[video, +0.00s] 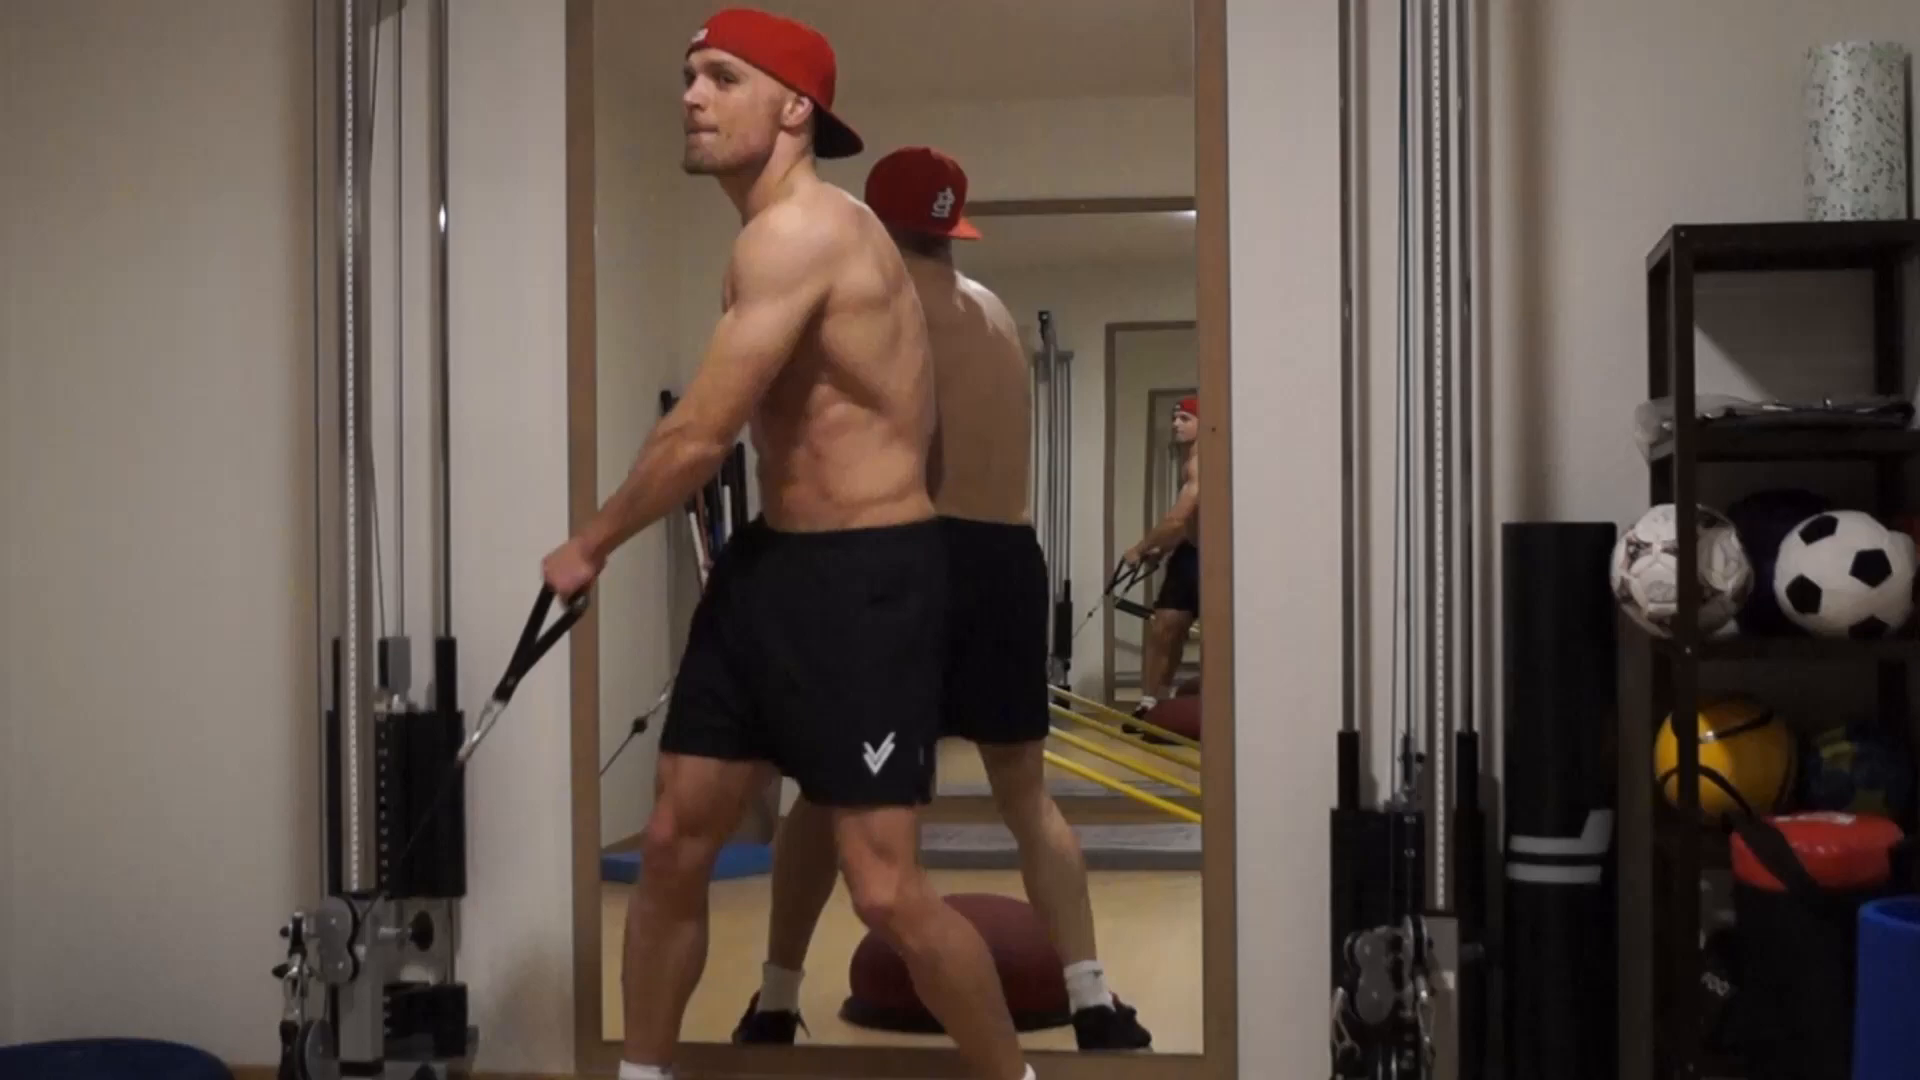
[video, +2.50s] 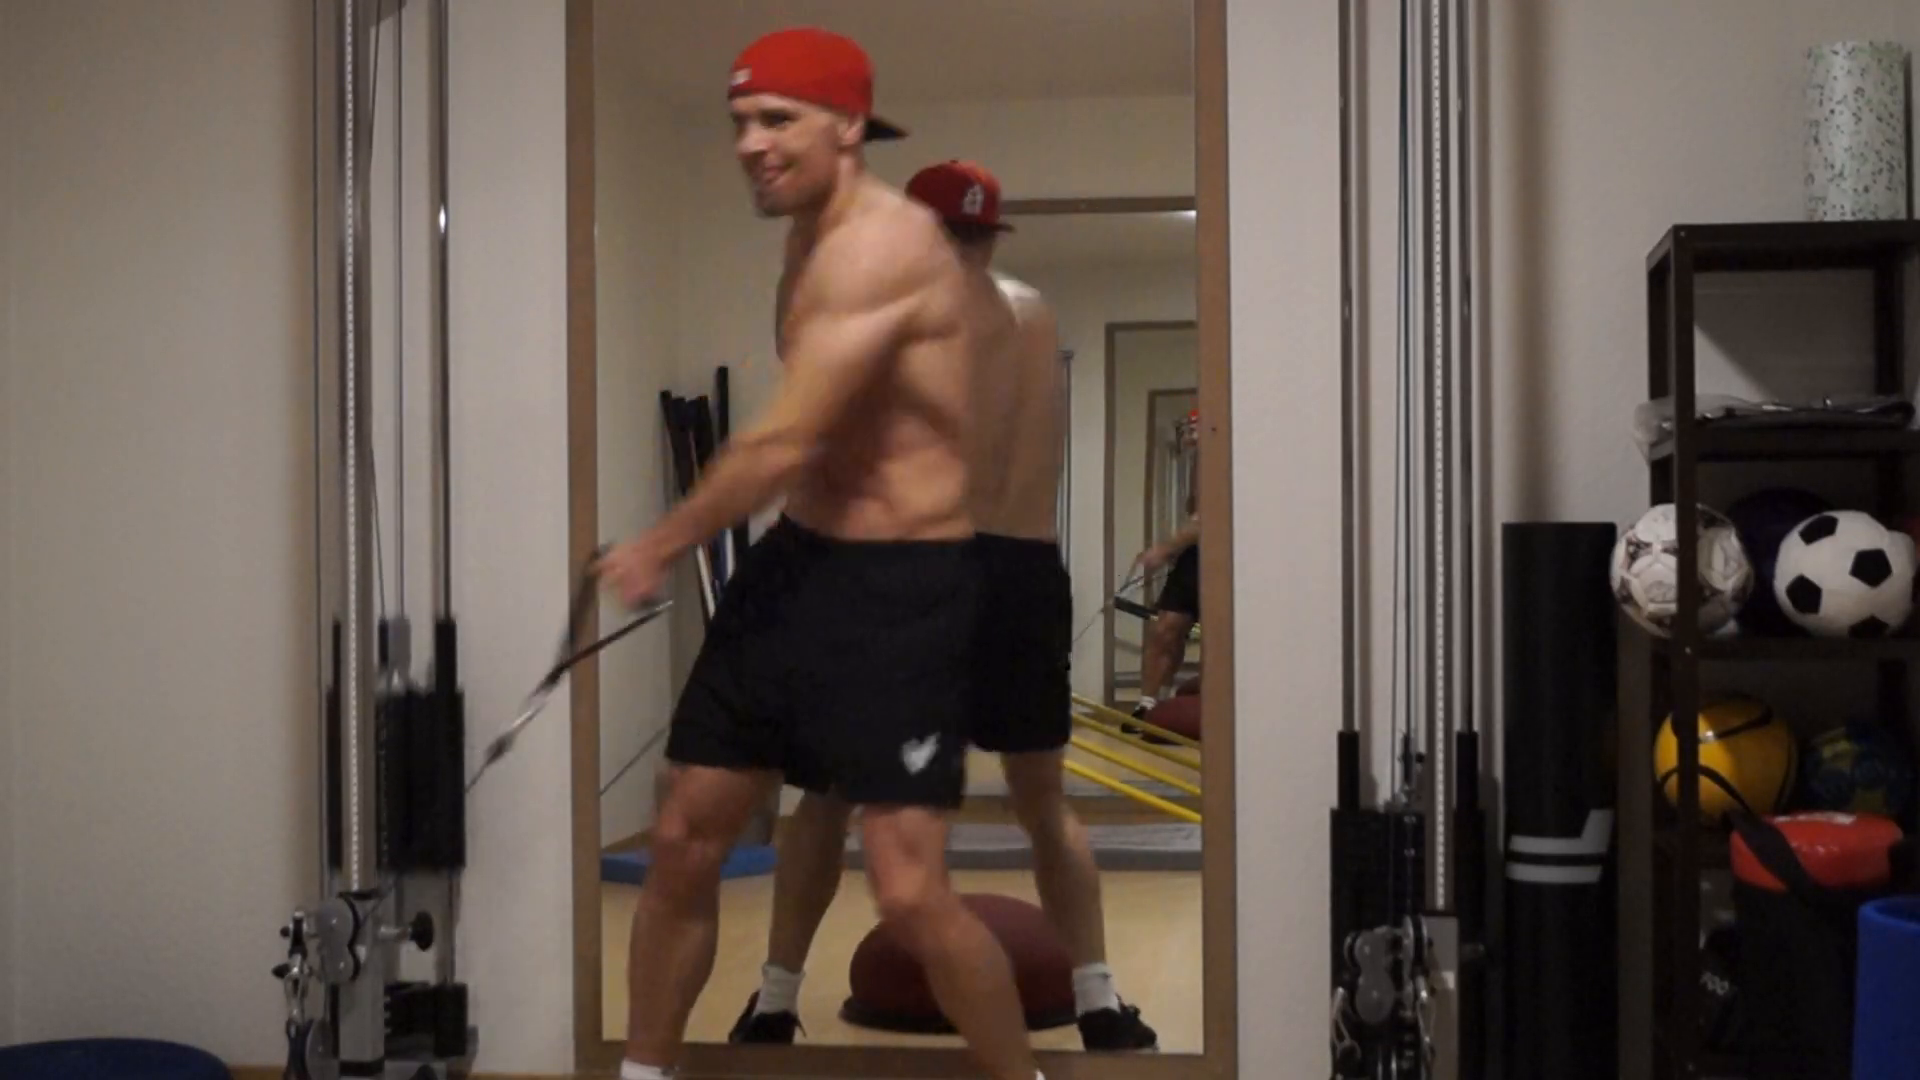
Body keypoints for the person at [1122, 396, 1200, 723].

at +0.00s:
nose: (1177, 424)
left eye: (1184, 419)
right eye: (1176, 419)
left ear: (1201, 424)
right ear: (1178, 425)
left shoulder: (1198, 461)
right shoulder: (1196, 458)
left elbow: (1180, 519)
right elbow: (1187, 522)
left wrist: (1142, 547)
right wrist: (1160, 549)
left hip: (1192, 553)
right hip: (1193, 552)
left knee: (1162, 623)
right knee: (1173, 625)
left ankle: (1150, 699)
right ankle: (1160, 696)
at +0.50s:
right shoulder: (1208, 456)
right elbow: (1151, 475)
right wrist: (1171, 518)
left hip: (1224, 549)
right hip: (1203, 545)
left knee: (1191, 629)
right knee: (1181, 627)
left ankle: (1166, 695)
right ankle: (1152, 699)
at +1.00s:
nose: (1176, 434)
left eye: (1182, 426)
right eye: (1173, 427)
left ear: (1201, 426)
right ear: (1173, 430)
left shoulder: (1212, 459)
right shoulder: (1183, 461)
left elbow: (1216, 513)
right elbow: (1195, 510)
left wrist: (1177, 529)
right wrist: (1182, 534)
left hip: (1213, 549)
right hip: (1189, 547)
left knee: (1217, 630)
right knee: (1166, 624)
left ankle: (1210, 702)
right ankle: (1150, 699)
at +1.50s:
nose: (1208, 427)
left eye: (1213, 421)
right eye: (1203, 420)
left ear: (1223, 425)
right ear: (1197, 423)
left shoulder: (1231, 461)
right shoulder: (1187, 459)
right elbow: (1159, 490)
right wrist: (1178, 528)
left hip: (1221, 549)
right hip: (1194, 546)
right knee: (1178, 628)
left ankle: (1163, 695)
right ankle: (1151, 697)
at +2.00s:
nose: (1203, 424)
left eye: (1207, 417)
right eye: (1198, 417)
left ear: (1216, 421)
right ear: (1192, 420)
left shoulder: (1226, 457)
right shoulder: (1180, 457)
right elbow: (1155, 489)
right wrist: (1171, 528)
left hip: (1218, 548)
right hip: (1190, 546)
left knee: (1185, 628)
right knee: (1173, 625)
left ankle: (1164, 694)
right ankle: (1150, 698)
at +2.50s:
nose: (1192, 436)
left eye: (1198, 429)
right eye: (1191, 430)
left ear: (1213, 430)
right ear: (1193, 433)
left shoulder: (1224, 461)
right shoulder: (1204, 458)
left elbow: (1207, 520)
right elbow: (1201, 516)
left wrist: (1165, 549)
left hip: (1221, 546)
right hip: (1198, 546)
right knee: (1167, 626)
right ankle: (1148, 699)